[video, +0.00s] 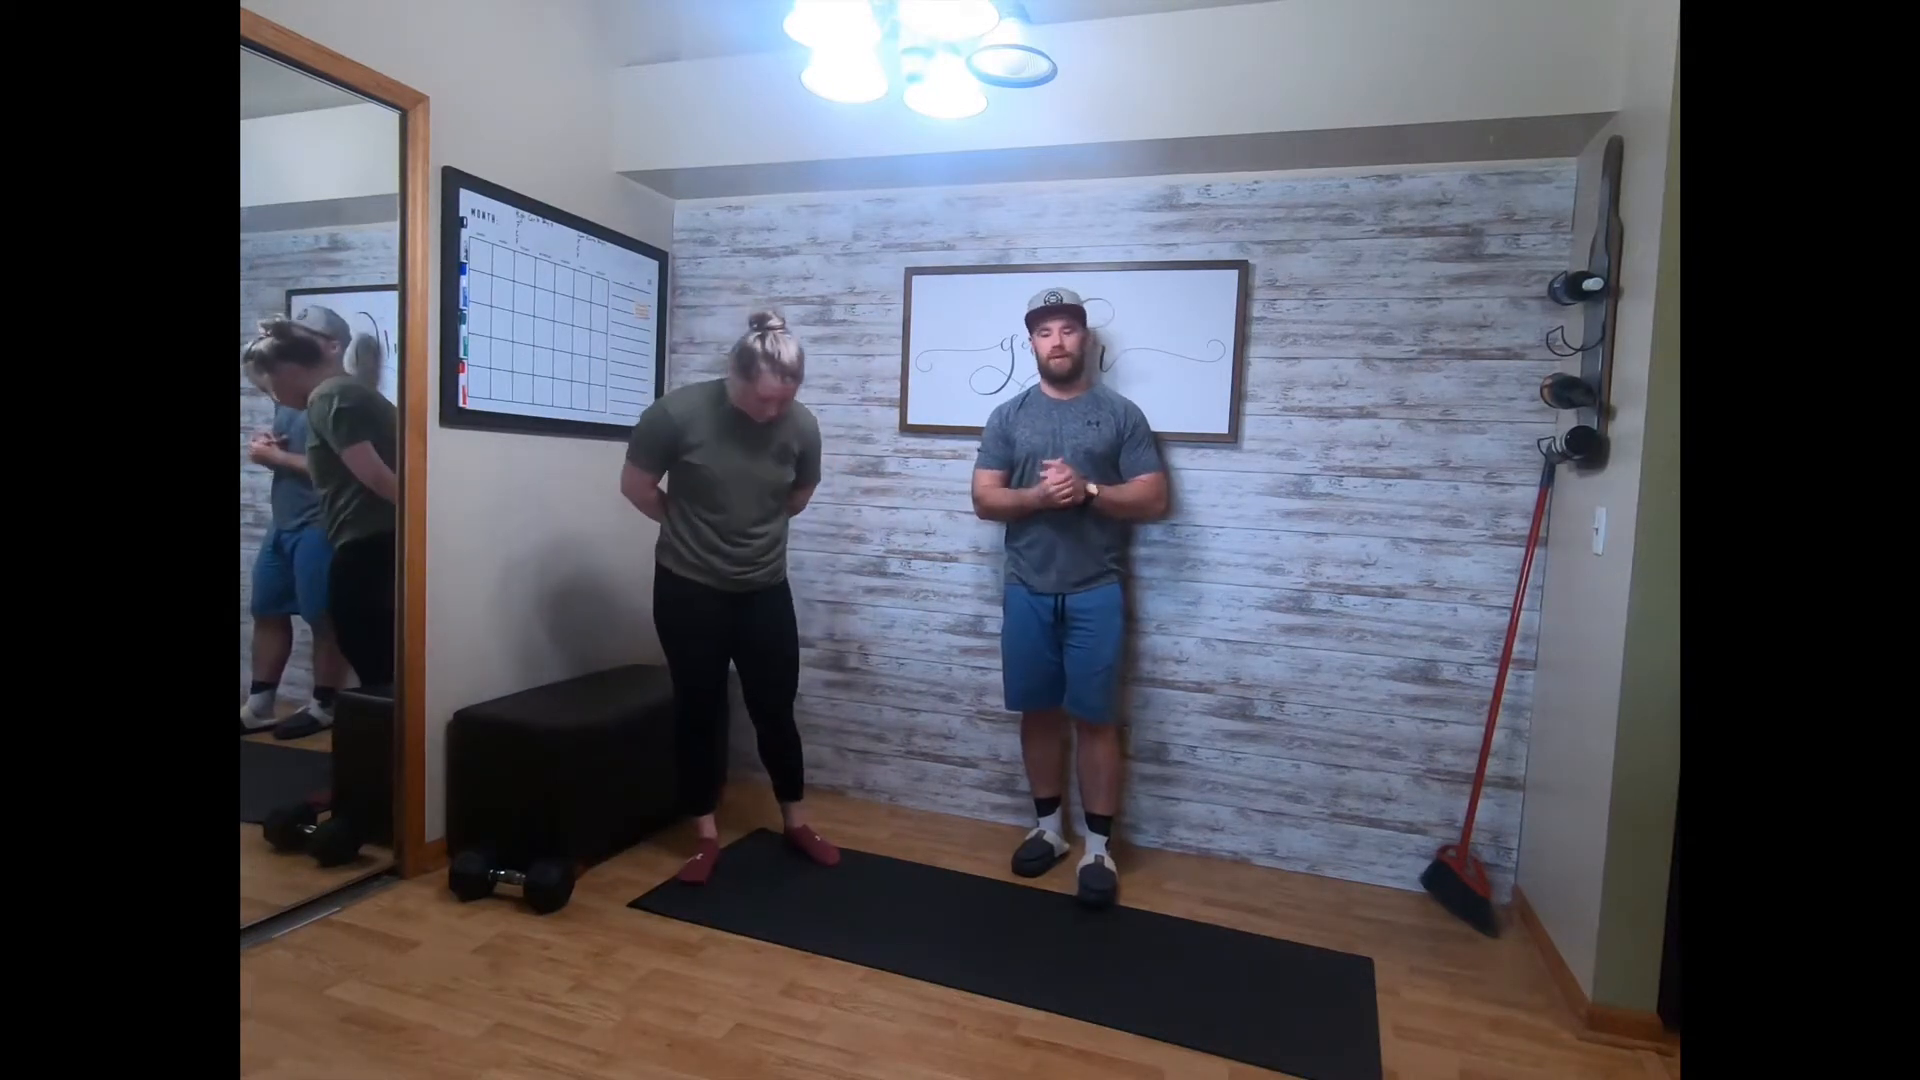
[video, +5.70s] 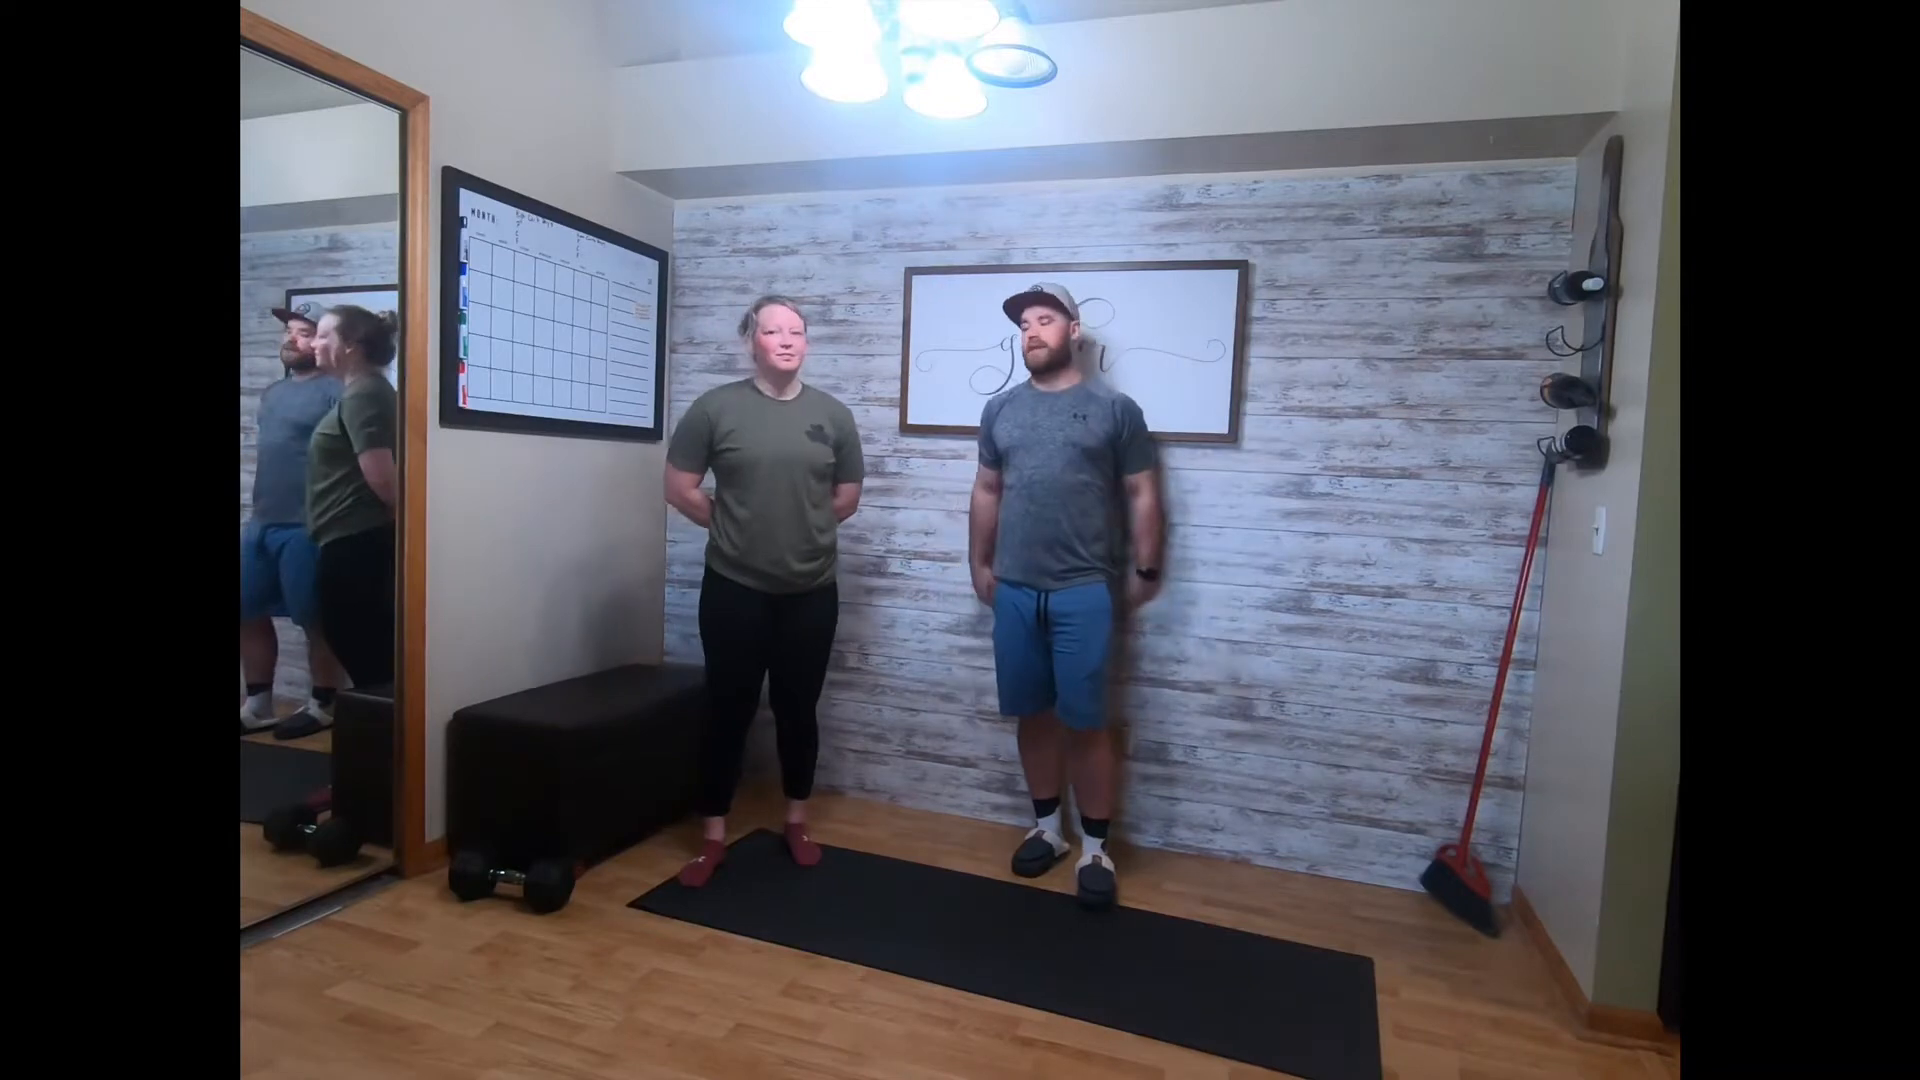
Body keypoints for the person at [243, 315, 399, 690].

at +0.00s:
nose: (277, 402)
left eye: (271, 389)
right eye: (269, 393)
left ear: (288, 367)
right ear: (313, 355)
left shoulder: (329, 398)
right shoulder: (363, 394)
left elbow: (374, 474)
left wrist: (423, 508)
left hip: (364, 547)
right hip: (386, 542)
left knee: (369, 657)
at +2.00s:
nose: (305, 340)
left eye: (313, 332)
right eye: (308, 331)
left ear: (339, 342)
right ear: (343, 343)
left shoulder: (357, 396)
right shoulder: (354, 393)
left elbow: (385, 489)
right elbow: (387, 483)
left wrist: (429, 519)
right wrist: (429, 516)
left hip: (354, 547)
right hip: (353, 545)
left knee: (353, 660)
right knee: (358, 657)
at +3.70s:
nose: (326, 365)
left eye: (330, 354)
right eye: (324, 357)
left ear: (357, 351)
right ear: (358, 353)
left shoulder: (388, 400)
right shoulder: (360, 401)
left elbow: (414, 472)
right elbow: (355, 468)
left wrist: (411, 538)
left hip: (380, 544)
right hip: (356, 543)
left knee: (374, 647)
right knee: (363, 645)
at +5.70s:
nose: (314, 343)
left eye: (322, 335)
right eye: (316, 334)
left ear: (350, 344)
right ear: (352, 345)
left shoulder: (364, 394)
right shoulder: (364, 391)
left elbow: (382, 477)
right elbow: (384, 474)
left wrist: (416, 514)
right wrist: (416, 513)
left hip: (358, 540)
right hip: (360, 537)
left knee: (361, 650)